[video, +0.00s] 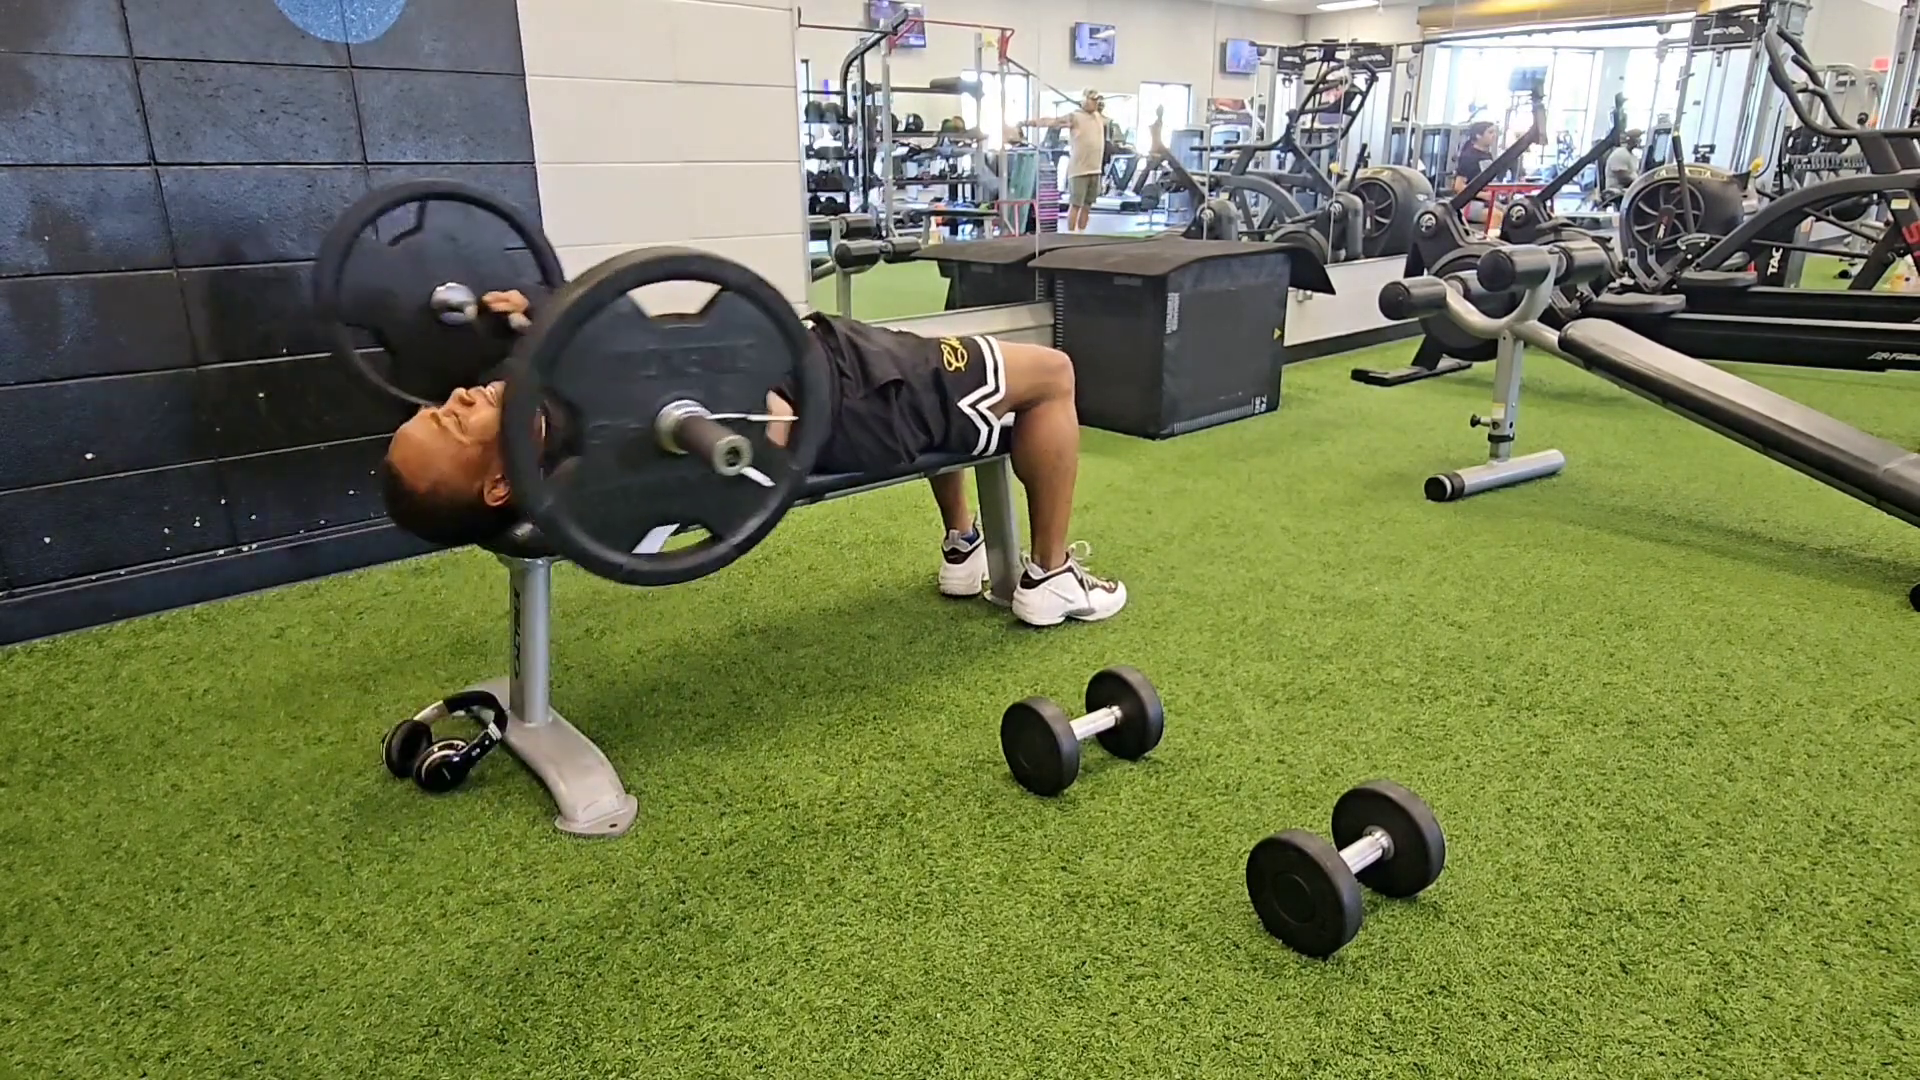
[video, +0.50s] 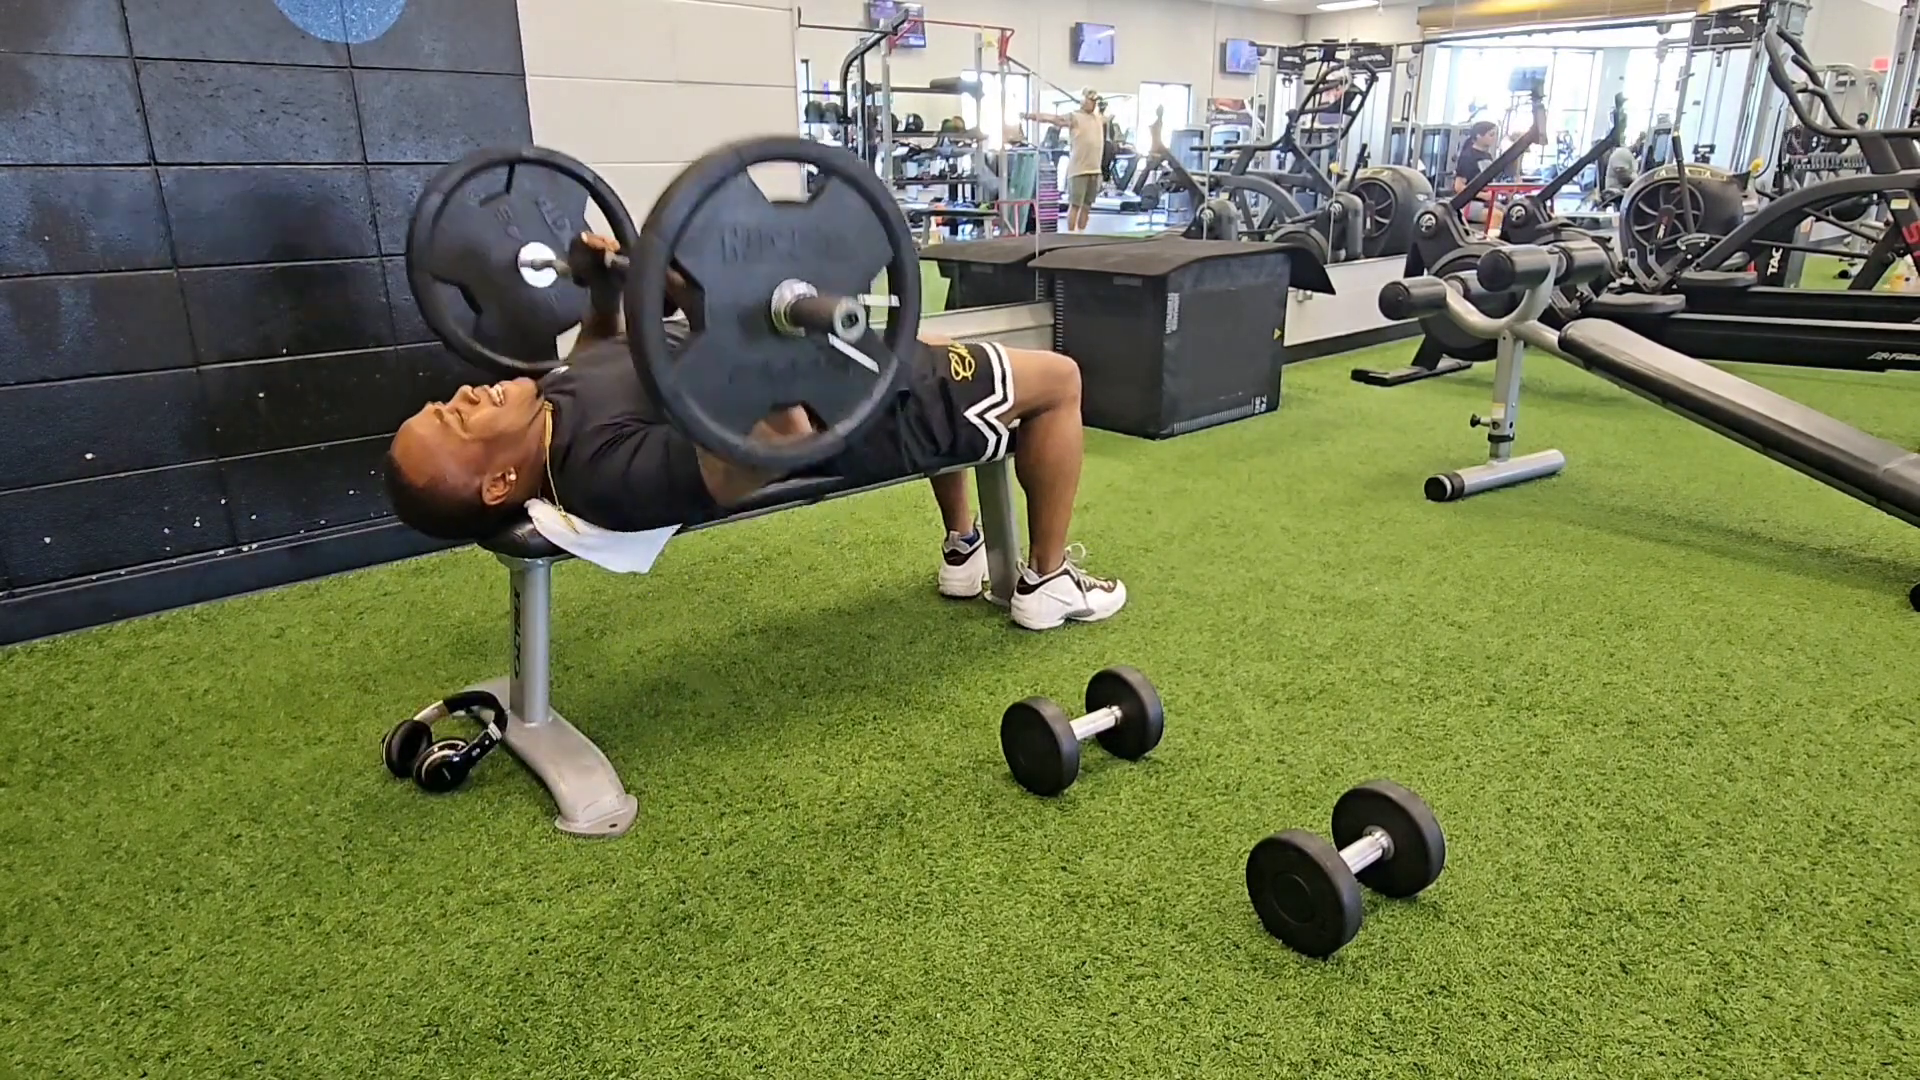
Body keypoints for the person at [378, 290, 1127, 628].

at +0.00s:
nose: (469, 393)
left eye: (448, 402)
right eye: (459, 418)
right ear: (499, 485)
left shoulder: (532, 404)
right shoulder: (587, 481)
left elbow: (611, 339)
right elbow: (692, 475)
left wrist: (538, 318)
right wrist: (762, 446)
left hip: (792, 356)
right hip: (839, 410)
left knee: (937, 345)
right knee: (1050, 372)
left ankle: (965, 545)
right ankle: (1053, 576)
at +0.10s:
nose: (479, 390)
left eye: (457, 401)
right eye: (471, 417)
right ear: (508, 483)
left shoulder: (548, 405)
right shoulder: (608, 474)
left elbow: (640, 379)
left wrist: (583, 326)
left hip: (793, 366)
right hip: (844, 420)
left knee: (933, 341)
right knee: (1053, 372)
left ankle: (965, 545)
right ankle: (1052, 577)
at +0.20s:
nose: (481, 388)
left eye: (457, 399)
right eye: (471, 416)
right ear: (507, 485)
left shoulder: (542, 394)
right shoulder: (605, 470)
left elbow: (659, 368)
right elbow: (732, 491)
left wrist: (608, 326)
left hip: (782, 366)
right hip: (839, 422)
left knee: (935, 341)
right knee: (1053, 372)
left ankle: (964, 545)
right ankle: (1051, 579)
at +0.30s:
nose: (487, 386)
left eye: (462, 395)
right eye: (476, 415)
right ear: (511, 485)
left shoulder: (539, 396)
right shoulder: (632, 483)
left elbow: (629, 356)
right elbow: (791, 520)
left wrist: (615, 331)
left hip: (779, 372)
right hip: (840, 429)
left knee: (932, 343)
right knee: (1055, 375)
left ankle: (965, 547)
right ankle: (1049, 580)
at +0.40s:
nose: (487, 383)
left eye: (463, 394)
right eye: (475, 412)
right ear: (511, 482)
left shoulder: (549, 396)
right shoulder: (622, 480)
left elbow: (647, 356)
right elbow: (792, 492)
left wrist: (626, 317)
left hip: (788, 372)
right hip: (849, 428)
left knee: (941, 342)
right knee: (1060, 376)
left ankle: (965, 545)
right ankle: (1051, 579)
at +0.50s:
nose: (478, 386)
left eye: (452, 398)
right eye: (466, 410)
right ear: (505, 477)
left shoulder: (546, 399)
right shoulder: (609, 473)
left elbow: (619, 339)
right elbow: (730, 474)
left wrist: (611, 282)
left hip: (772, 370)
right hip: (832, 423)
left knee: (940, 345)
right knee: (1055, 379)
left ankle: (965, 547)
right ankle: (1048, 580)